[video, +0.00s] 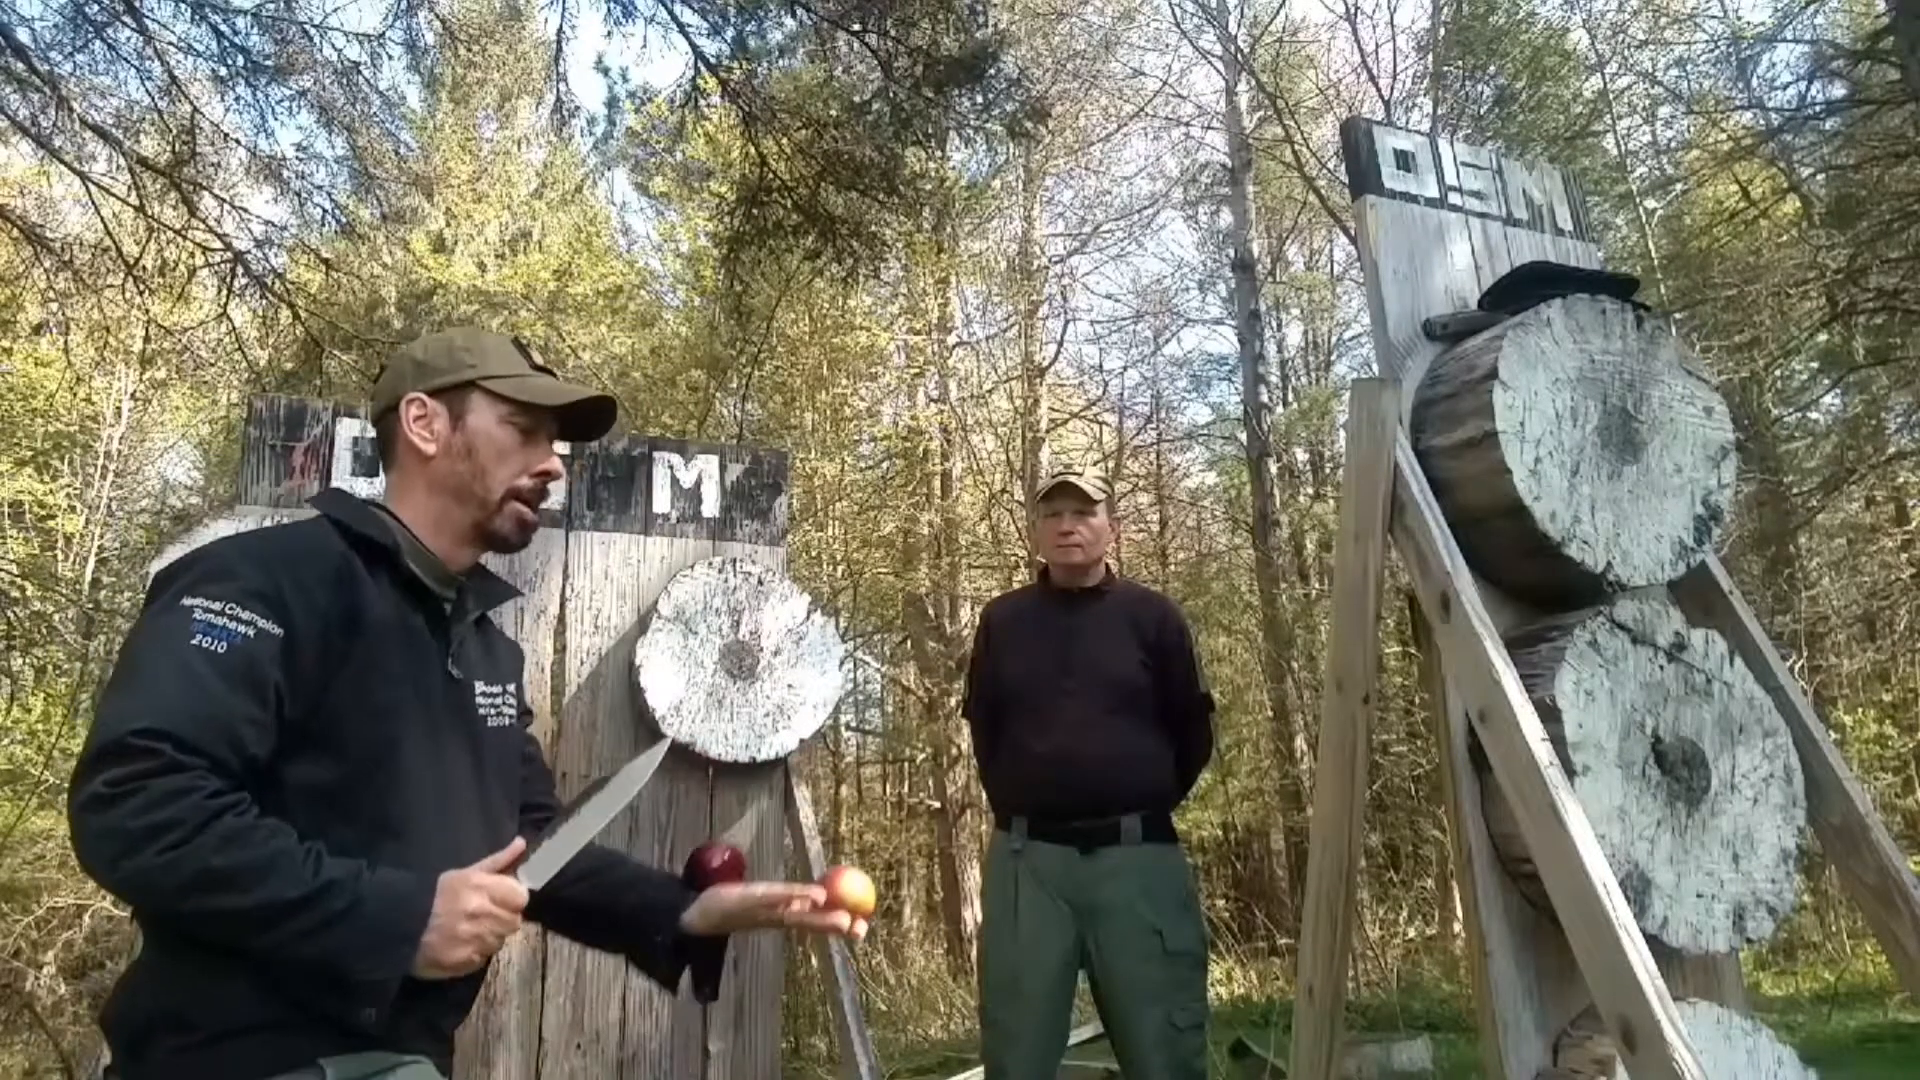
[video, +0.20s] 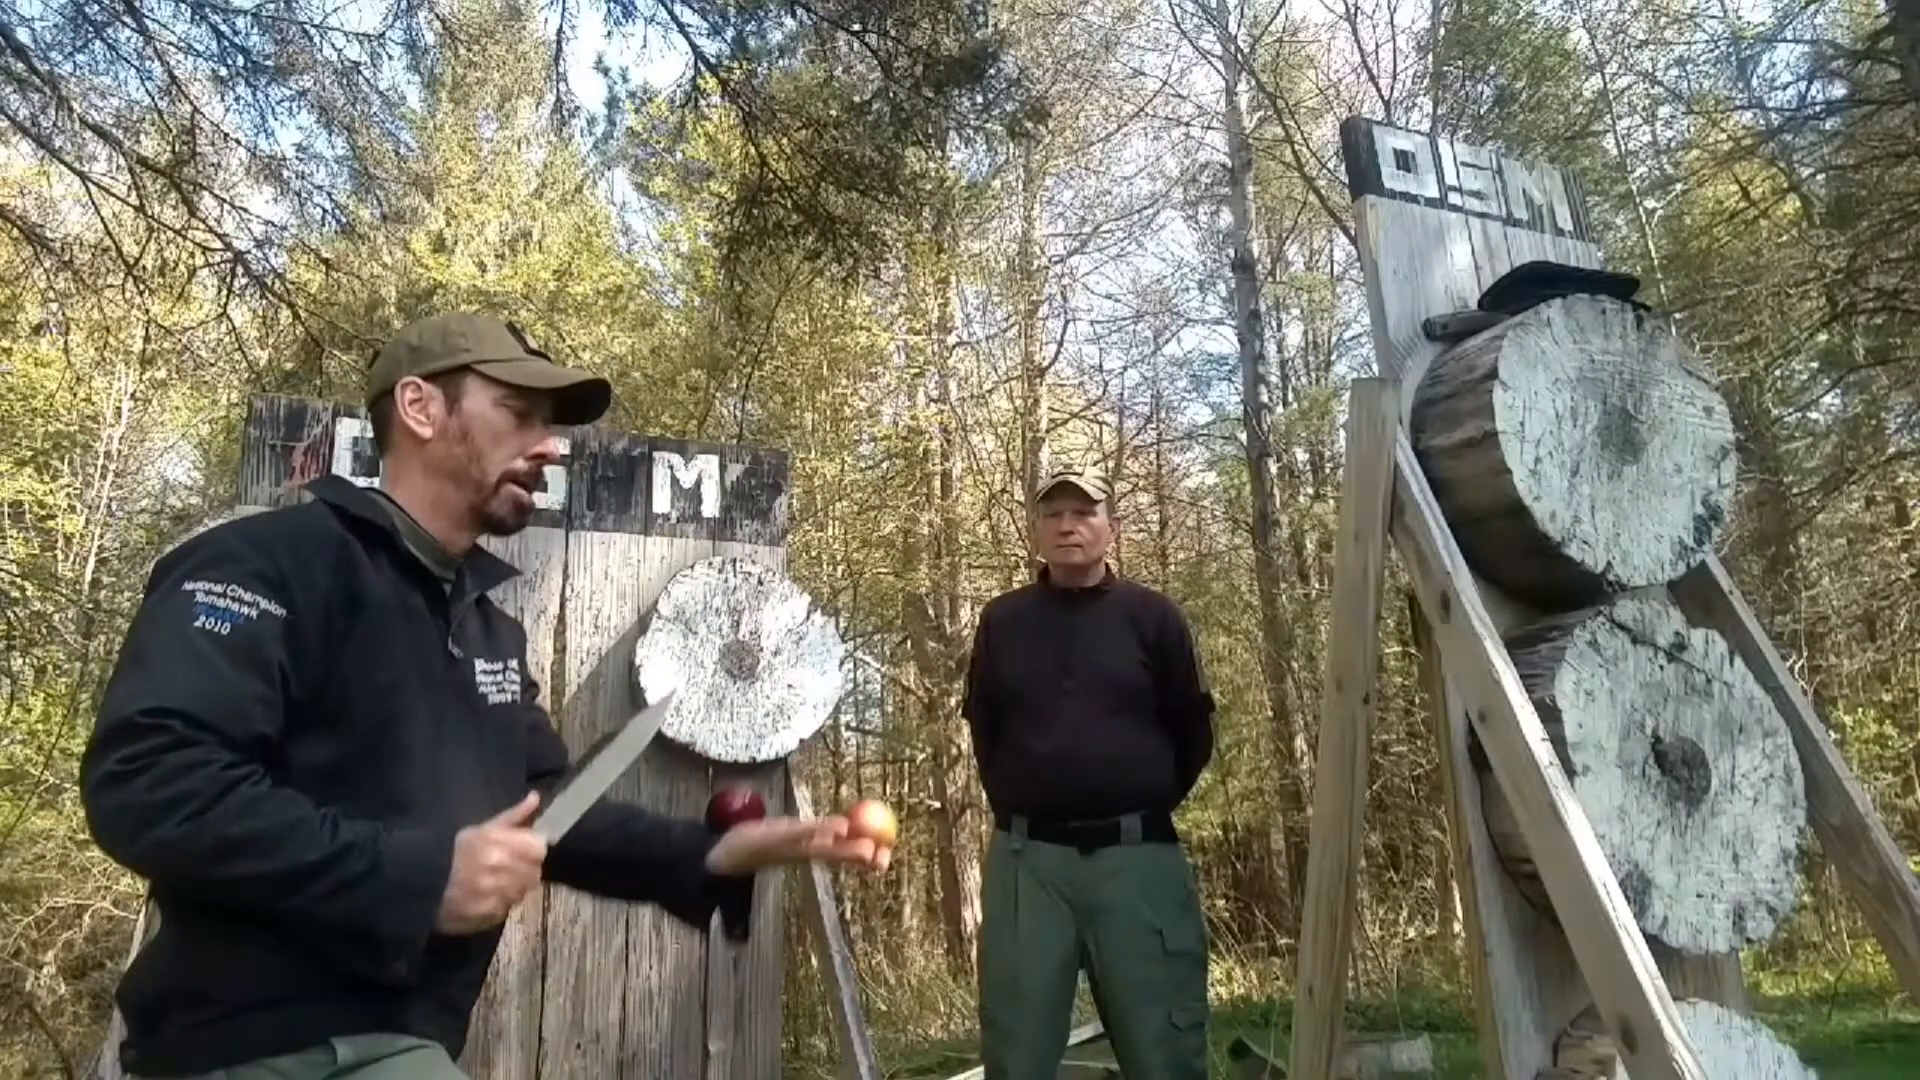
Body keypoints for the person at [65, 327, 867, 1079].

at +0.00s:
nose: (554, 464)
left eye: (558, 441)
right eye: (527, 429)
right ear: (425, 426)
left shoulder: (486, 644)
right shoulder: (265, 574)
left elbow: (530, 848)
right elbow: (137, 807)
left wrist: (697, 911)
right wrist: (399, 917)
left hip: (406, 1050)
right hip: (237, 1050)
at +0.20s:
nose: (552, 450)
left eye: (555, 424)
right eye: (523, 412)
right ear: (420, 409)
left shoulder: (487, 628)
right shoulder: (264, 558)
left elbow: (548, 816)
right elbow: (149, 788)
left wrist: (716, 851)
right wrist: (421, 874)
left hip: (408, 1038)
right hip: (260, 1037)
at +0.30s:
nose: (546, 425)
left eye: (547, 399)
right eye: (518, 392)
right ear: (418, 387)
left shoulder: (487, 598)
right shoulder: (263, 537)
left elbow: (561, 765)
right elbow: (164, 749)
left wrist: (757, 776)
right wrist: (456, 806)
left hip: (416, 1021)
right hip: (290, 1025)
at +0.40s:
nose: (541, 395)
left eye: (541, 371)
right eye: (510, 359)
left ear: (425, 368)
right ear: (413, 360)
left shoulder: (484, 569)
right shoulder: (277, 506)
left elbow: (579, 719)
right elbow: (196, 704)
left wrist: (769, 699)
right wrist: (492, 707)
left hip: (408, 992)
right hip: (323, 999)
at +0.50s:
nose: (537, 370)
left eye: (538, 347)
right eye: (507, 334)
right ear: (410, 336)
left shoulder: (478, 530)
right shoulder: (292, 468)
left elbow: (598, 665)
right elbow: (234, 649)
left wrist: (780, 631)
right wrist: (518, 600)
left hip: (411, 962)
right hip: (338, 970)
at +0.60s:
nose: (529, 340)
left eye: (528, 319)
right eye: (500, 311)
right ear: (403, 314)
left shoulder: (492, 492)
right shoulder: (298, 443)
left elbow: (604, 626)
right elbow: (276, 598)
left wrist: (780, 577)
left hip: (426, 927)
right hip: (340, 932)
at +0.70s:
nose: (522, 321)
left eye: (522, 300)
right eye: (494, 291)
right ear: (398, 297)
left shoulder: (465, 483)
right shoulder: (316, 412)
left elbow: (594, 609)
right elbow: (344, 532)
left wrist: (774, 551)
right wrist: (543, 387)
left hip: (422, 905)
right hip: (349, 906)